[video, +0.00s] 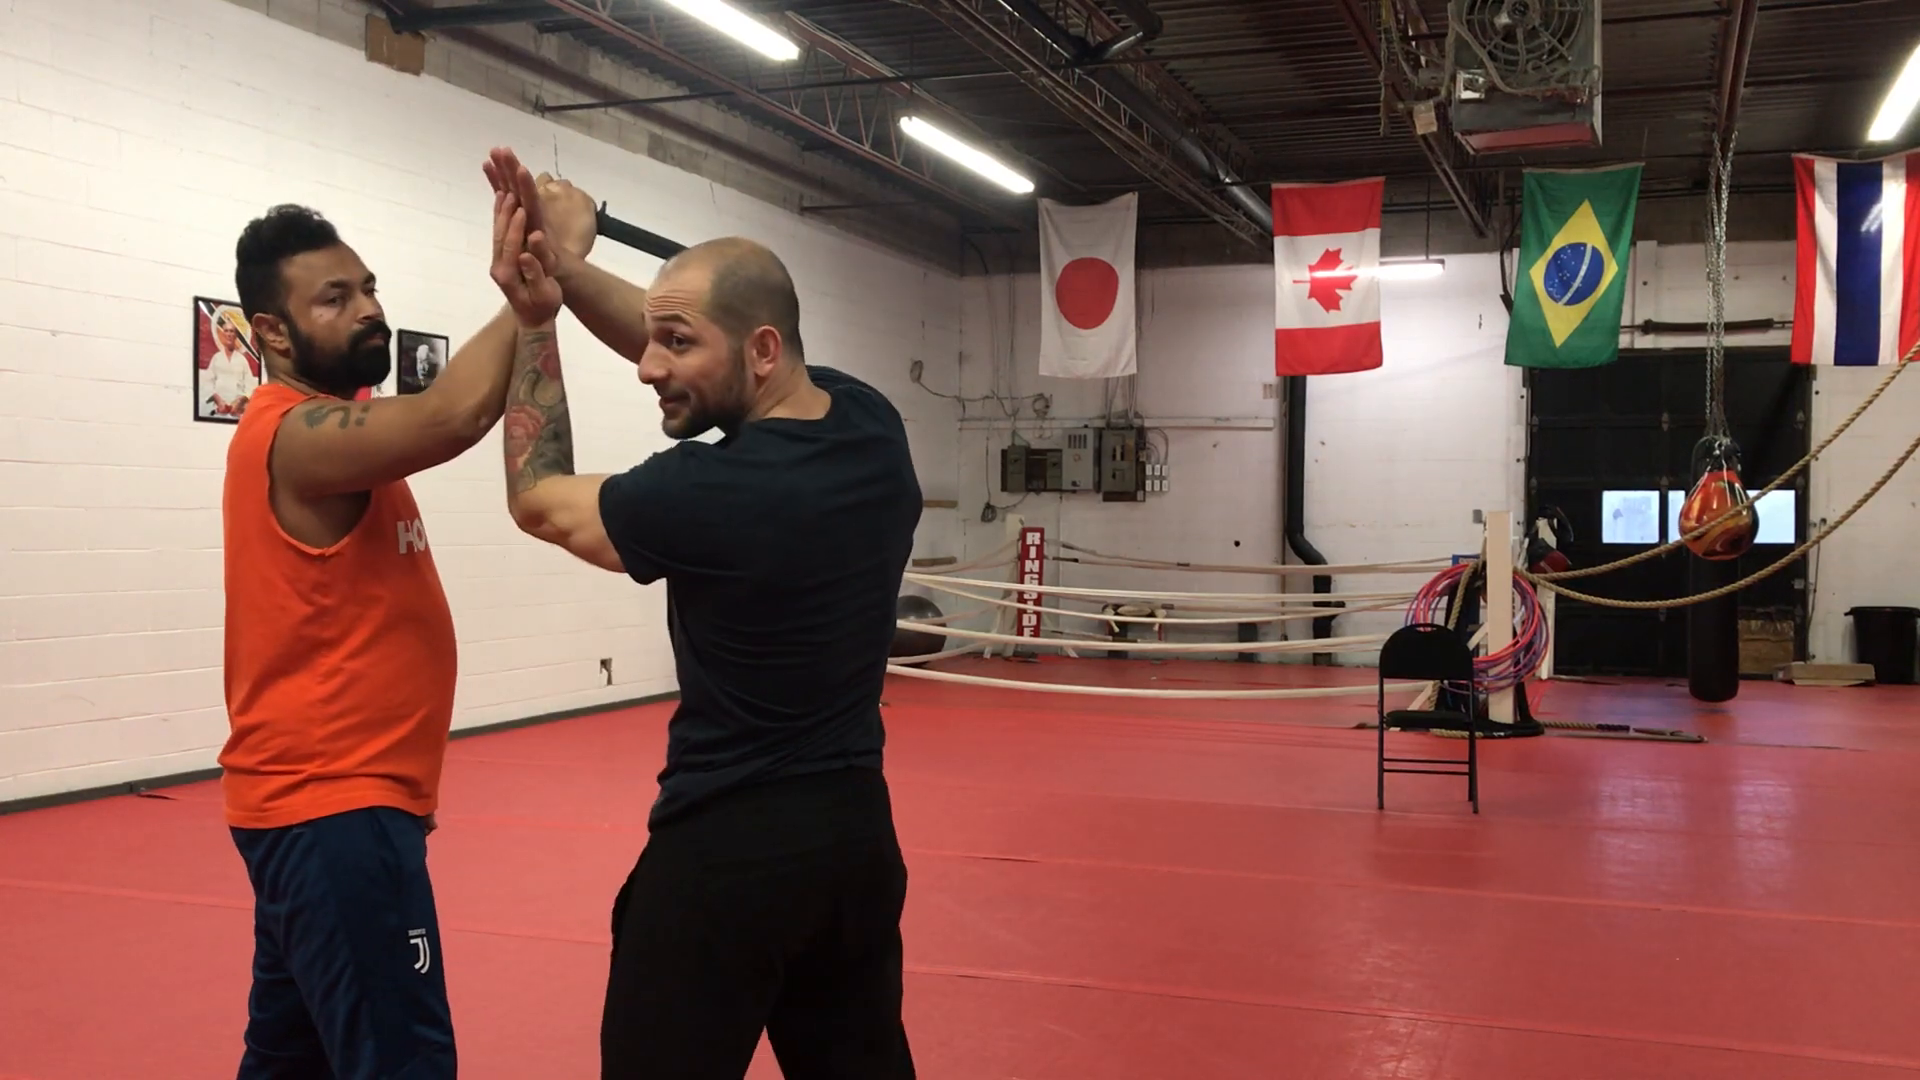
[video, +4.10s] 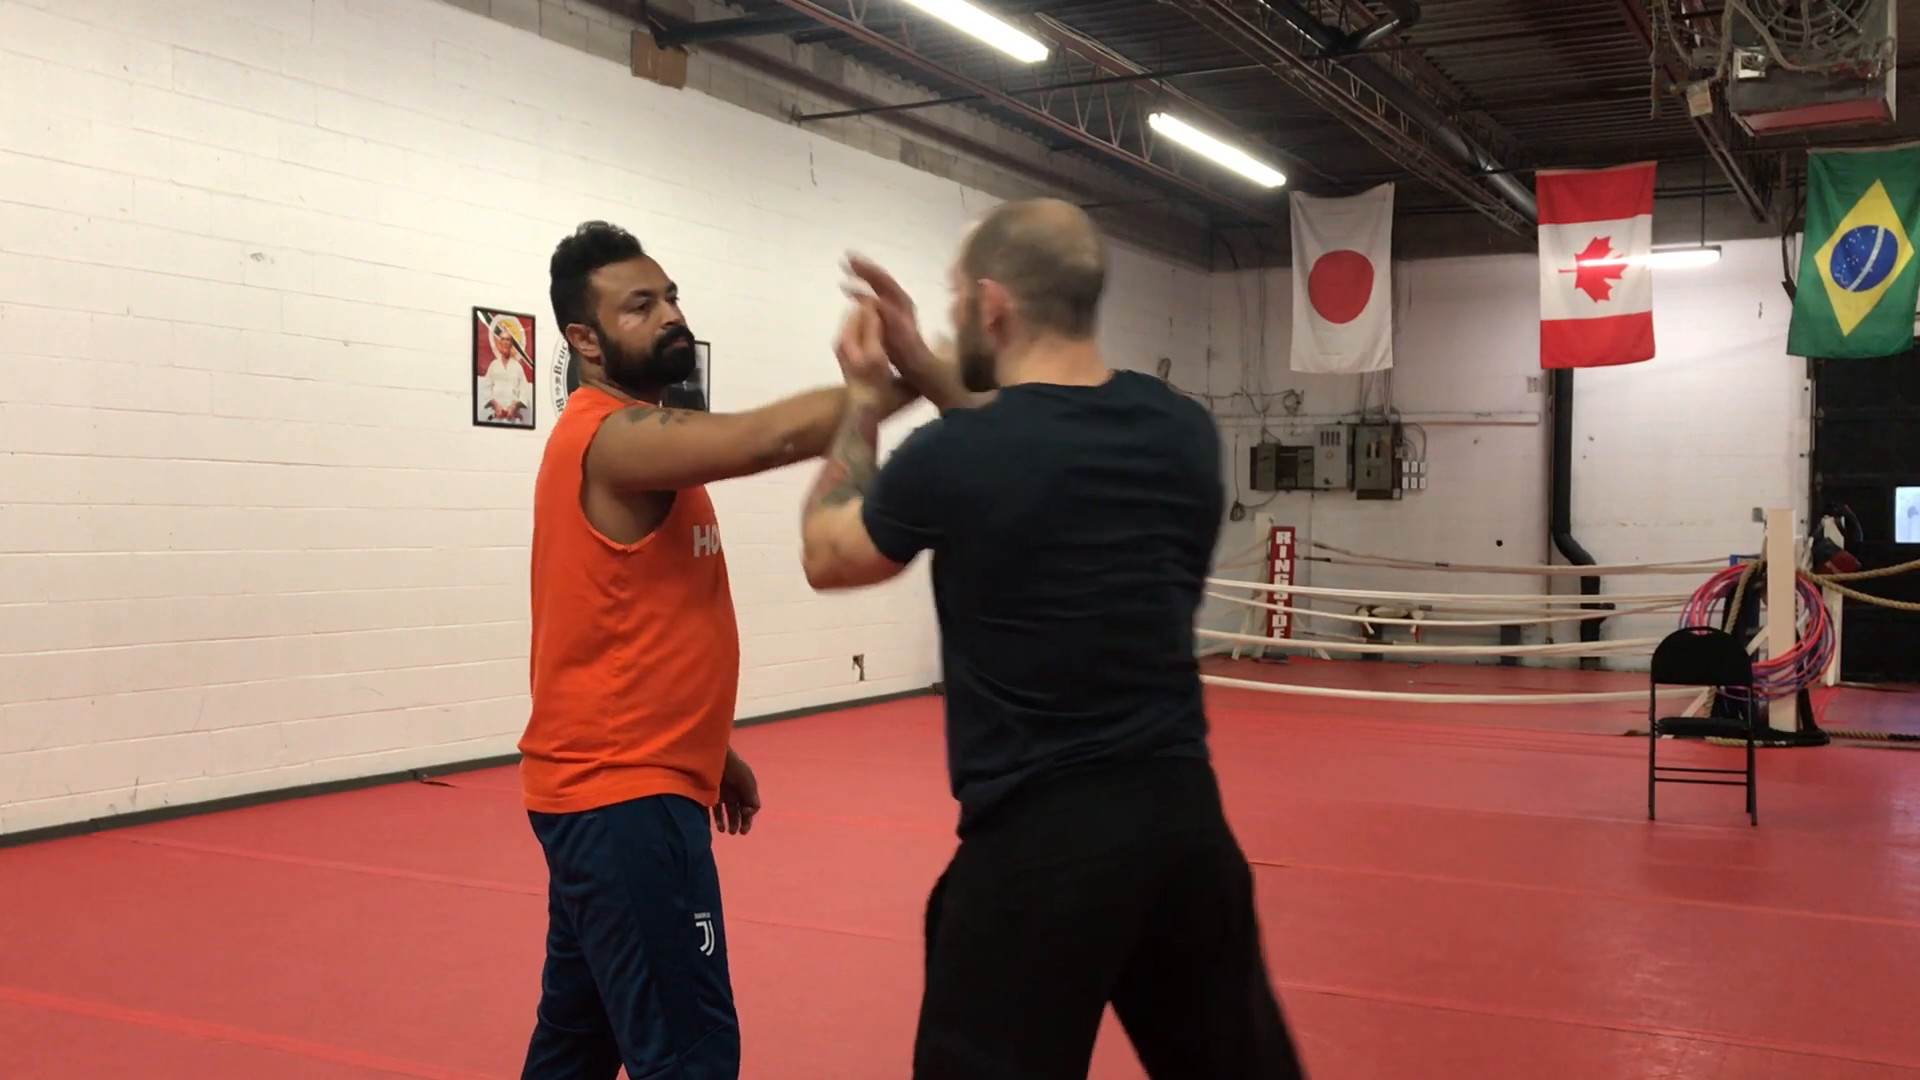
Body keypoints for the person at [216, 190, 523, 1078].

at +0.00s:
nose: (369, 311)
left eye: (367, 288)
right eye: (335, 300)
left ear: (372, 287)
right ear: (271, 333)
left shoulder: (306, 422)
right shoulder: (299, 431)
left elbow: (450, 420)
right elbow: (452, 414)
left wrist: (522, 301)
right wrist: (525, 305)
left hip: (325, 798)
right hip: (334, 805)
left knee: (292, 1054)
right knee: (406, 1057)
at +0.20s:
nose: (375, 312)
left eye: (373, 290)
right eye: (341, 298)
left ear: (378, 292)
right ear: (277, 330)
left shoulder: (315, 422)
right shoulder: (301, 429)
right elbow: (453, 422)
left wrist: (537, 304)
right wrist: (528, 307)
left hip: (325, 799)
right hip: (335, 807)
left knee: (291, 1054)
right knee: (407, 1056)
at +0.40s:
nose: (377, 305)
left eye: (375, 285)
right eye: (342, 295)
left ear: (381, 291)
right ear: (281, 333)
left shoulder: (326, 424)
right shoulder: (305, 430)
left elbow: (347, 628)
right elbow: (455, 418)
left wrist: (420, 762)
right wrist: (529, 298)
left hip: (338, 793)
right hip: (333, 802)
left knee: (296, 1054)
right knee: (409, 1056)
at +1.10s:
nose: (500, 316)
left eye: (500, 296)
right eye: (467, 303)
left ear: (503, 301)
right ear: (406, 337)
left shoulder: (457, 426)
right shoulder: (422, 432)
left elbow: (460, 627)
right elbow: (558, 428)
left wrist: (531, 758)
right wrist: (626, 311)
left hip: (459, 789)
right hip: (441, 796)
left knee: (394, 1055)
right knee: (517, 1055)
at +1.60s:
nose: (626, 320)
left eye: (624, 299)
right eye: (595, 307)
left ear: (625, 303)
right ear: (534, 339)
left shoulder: (578, 428)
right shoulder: (541, 432)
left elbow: (581, 621)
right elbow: (670, 432)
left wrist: (643, 754)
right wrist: (748, 315)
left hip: (572, 786)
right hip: (555, 792)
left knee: (497, 1051)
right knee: (631, 1056)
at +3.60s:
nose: (690, 322)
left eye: (691, 302)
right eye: (658, 311)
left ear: (702, 309)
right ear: (603, 345)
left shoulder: (654, 434)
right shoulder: (611, 433)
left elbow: (650, 628)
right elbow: (741, 428)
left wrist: (715, 751)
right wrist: (823, 310)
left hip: (630, 788)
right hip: (623, 796)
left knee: (565, 1051)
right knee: (695, 1054)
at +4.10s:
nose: (671, 316)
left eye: (671, 298)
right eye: (641, 306)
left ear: (679, 303)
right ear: (584, 340)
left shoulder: (626, 429)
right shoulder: (611, 433)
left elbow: (628, 623)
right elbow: (764, 437)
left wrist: (708, 750)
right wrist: (895, 385)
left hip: (615, 786)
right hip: (623, 791)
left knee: (576, 1046)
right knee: (691, 1053)